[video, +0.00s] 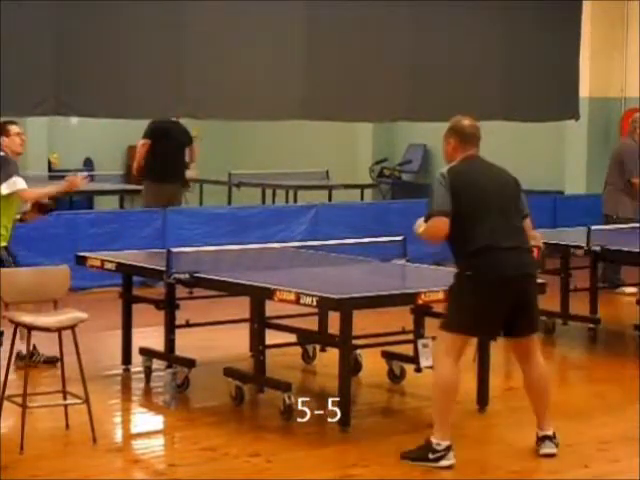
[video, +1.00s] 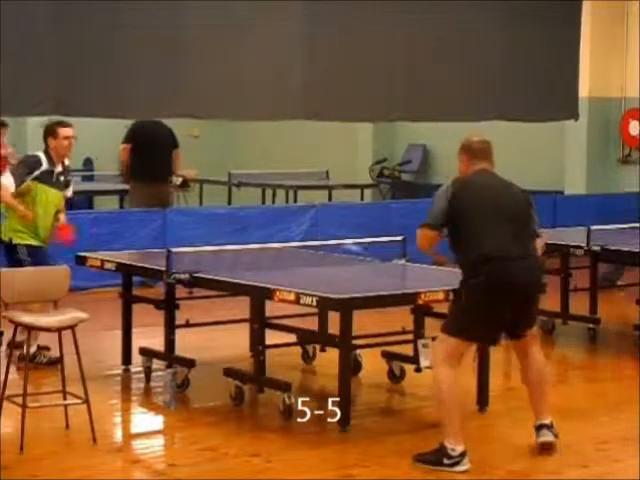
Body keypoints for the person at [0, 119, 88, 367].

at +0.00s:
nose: (23, 140)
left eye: (22, 135)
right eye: (17, 136)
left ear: (8, 141)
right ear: (3, 140)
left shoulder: (8, 164)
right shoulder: (6, 163)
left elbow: (8, 206)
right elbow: (26, 195)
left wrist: (26, 212)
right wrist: (65, 186)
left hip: (4, 242)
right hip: (1, 245)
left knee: (19, 289)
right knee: (21, 288)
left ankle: (27, 347)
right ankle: (26, 348)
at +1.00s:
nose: (70, 144)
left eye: (72, 139)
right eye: (66, 139)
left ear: (70, 142)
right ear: (51, 141)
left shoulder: (65, 172)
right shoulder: (32, 163)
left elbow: (60, 206)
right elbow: (5, 190)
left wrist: (61, 220)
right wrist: (22, 210)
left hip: (40, 237)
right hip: (19, 235)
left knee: (36, 290)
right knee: (37, 288)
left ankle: (21, 341)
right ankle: (27, 345)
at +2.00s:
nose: (105, 174)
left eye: (105, 169)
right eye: (101, 169)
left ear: (80, 169)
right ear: (86, 167)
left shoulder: (57, 183)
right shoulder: (88, 185)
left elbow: (35, 204)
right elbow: (117, 203)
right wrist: (149, 218)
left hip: (26, 248)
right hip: (51, 255)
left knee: (58, 297)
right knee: (79, 303)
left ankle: (49, 341)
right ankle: (46, 350)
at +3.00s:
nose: (147, 164)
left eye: (148, 159)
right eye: (143, 158)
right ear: (128, 158)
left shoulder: (126, 186)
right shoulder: (110, 180)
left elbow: (149, 210)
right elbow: (115, 195)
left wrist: (175, 220)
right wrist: (147, 196)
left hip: (104, 245)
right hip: (83, 246)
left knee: (137, 271)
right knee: (84, 297)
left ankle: (149, 315)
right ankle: (41, 337)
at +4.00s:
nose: (183, 136)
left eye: (185, 131)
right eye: (179, 131)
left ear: (187, 135)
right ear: (168, 134)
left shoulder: (189, 158)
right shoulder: (154, 153)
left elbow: (189, 195)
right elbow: (136, 183)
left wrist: (188, 225)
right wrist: (166, 196)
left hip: (178, 225)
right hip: (154, 224)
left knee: (190, 269)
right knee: (156, 275)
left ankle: (194, 314)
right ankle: (146, 318)